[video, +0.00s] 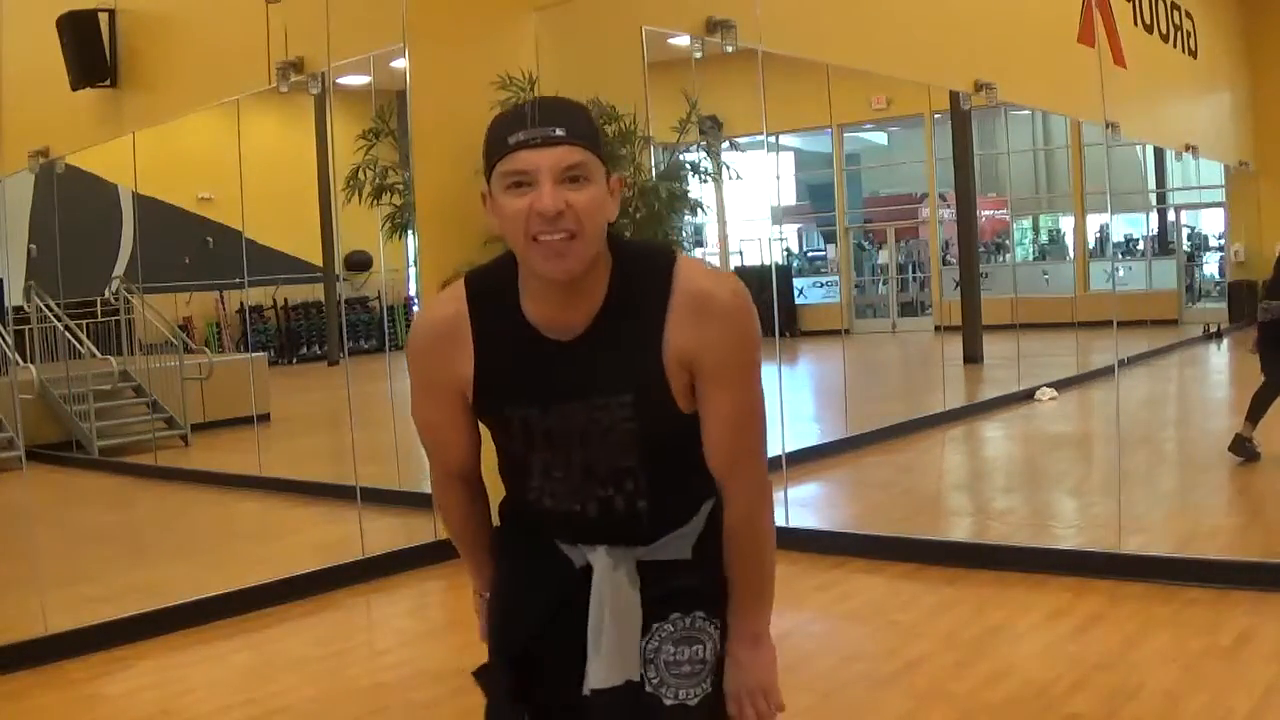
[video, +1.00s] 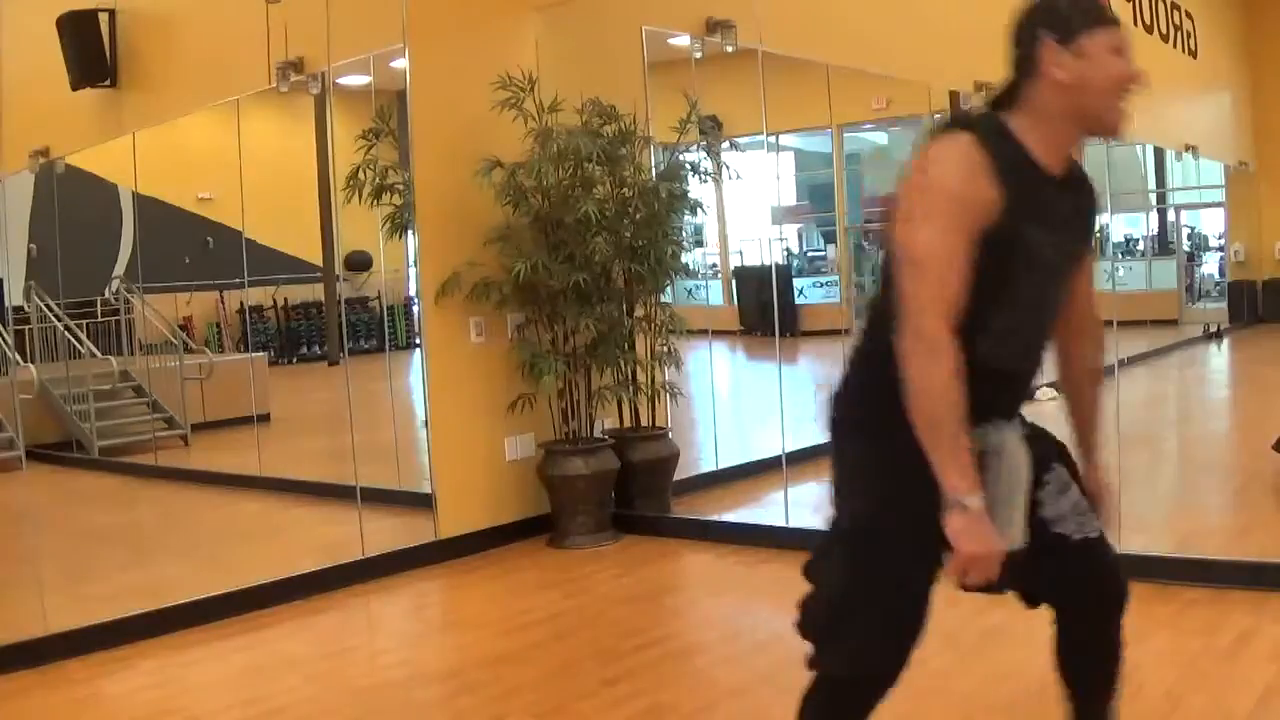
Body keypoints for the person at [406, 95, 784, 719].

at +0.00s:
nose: (549, 204)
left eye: (574, 178)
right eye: (520, 185)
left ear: (614, 192)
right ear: (491, 208)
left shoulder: (705, 306)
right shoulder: (449, 328)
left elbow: (744, 484)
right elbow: (455, 476)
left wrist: (751, 638)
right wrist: (487, 587)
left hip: (678, 581)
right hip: (541, 584)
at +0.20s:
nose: (571, 202)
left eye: (598, 175)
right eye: (542, 180)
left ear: (640, 189)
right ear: (512, 201)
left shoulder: (735, 309)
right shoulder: (466, 326)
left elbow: (781, 490)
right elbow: (481, 464)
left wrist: (783, 640)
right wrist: (513, 573)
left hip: (707, 573)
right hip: (568, 574)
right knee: (546, 705)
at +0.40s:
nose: (625, 187)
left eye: (652, 163)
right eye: (598, 165)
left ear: (694, 182)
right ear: (570, 192)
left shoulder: (777, 307)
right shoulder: (527, 307)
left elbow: (854, 466)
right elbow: (521, 452)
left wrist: (869, 602)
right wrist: (539, 576)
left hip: (736, 581)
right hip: (600, 573)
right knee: (572, 703)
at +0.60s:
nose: (725, 168)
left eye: (751, 151)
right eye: (700, 150)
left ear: (782, 181)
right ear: (669, 183)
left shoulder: (855, 292)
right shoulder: (619, 309)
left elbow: (928, 380)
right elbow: (572, 471)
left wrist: (924, 464)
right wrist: (538, 638)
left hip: (804, 576)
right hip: (675, 571)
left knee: (797, 705)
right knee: (636, 701)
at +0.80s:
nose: (918, 80)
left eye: (922, 66)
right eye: (891, 66)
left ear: (934, 88)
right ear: (826, 90)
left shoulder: (961, 209)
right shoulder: (750, 218)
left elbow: (936, 330)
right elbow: (739, 366)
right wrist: (820, 465)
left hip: (913, 495)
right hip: (781, 500)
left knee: (918, 697)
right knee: (747, 703)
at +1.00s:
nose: (1133, 74)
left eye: (1129, 56)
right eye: (1116, 53)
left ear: (1068, 65)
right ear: (1055, 60)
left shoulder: (1072, 189)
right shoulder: (957, 161)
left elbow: (1077, 331)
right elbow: (922, 334)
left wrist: (1088, 459)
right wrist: (964, 501)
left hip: (992, 428)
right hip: (895, 431)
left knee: (1092, 584)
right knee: (869, 647)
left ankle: (1092, 712)